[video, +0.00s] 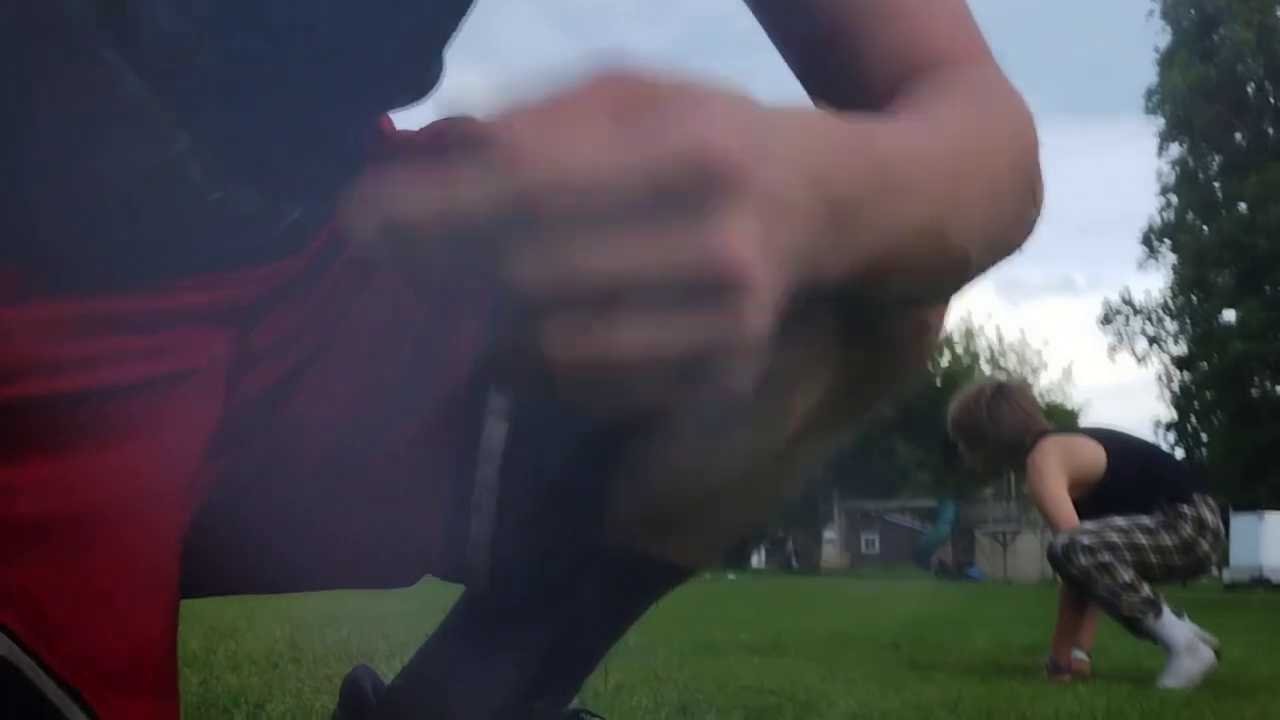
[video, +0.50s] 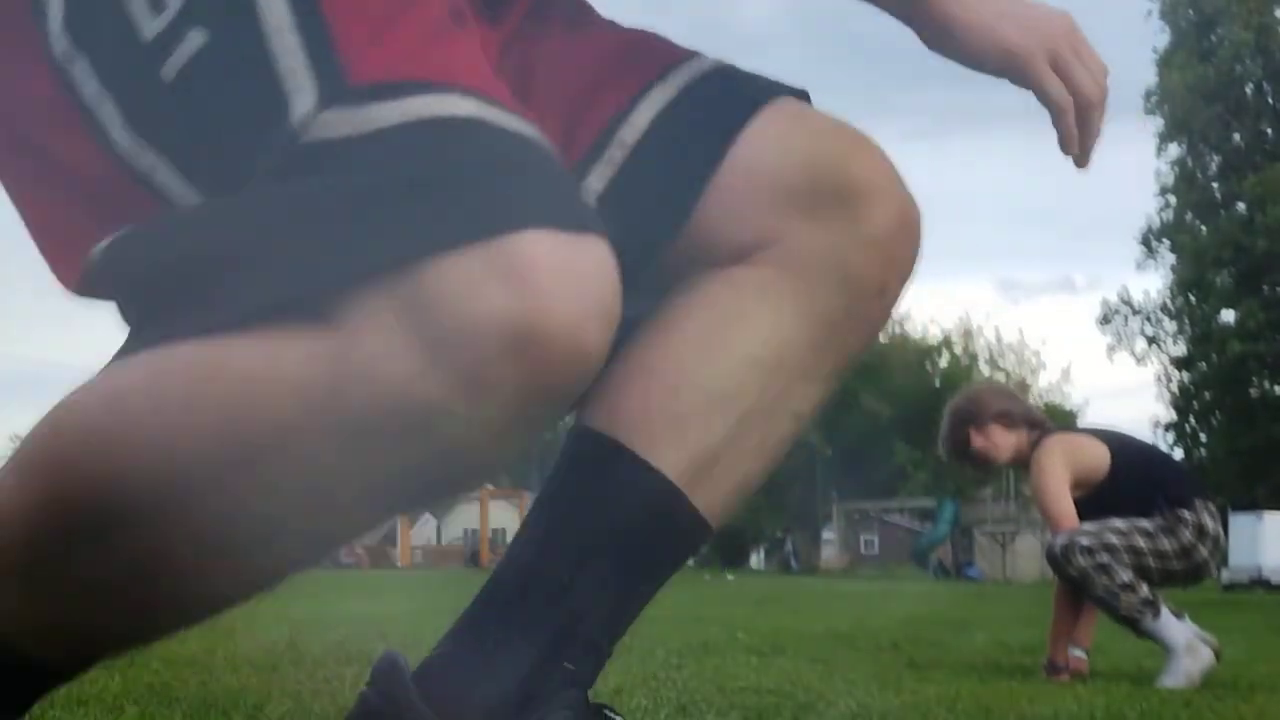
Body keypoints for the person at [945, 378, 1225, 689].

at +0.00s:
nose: (966, 458)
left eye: (967, 445)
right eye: (962, 447)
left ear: (989, 436)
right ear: (1018, 417)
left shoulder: (1044, 462)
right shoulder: (1062, 451)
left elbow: (1076, 563)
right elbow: (1090, 561)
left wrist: (1060, 657)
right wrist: (1081, 650)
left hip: (1191, 528)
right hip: (1194, 526)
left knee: (1072, 547)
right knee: (1088, 549)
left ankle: (1187, 647)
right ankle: (1185, 634)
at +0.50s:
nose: (975, 444)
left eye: (979, 428)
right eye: (968, 440)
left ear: (1007, 416)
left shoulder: (1048, 458)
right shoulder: (1058, 452)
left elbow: (1072, 564)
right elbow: (1087, 562)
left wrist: (1057, 653)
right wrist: (1080, 649)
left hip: (1191, 533)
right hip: (1189, 532)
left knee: (1070, 548)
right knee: (1085, 548)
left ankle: (1185, 647)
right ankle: (1184, 633)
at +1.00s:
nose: (980, 454)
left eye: (981, 438)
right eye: (971, 451)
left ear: (1004, 421)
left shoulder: (1051, 459)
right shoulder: (1058, 453)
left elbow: (1074, 567)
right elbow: (1090, 564)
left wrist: (1058, 653)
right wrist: (1080, 648)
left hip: (1193, 530)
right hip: (1192, 528)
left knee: (1071, 545)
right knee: (1088, 546)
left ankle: (1186, 649)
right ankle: (1187, 634)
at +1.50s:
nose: (978, 453)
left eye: (979, 437)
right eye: (969, 450)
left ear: (1003, 420)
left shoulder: (1049, 452)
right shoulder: (1051, 454)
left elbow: (1068, 560)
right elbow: (1082, 560)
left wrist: (1059, 650)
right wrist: (1078, 648)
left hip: (1188, 529)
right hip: (1180, 529)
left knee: (1067, 548)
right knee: (1081, 551)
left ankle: (1184, 645)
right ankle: (1183, 633)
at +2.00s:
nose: (996, 446)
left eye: (998, 431)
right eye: (985, 442)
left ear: (1021, 417)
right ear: (982, 449)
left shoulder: (1067, 450)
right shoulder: (1069, 448)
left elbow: (1080, 562)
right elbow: (1093, 560)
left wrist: (1061, 649)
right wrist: (1077, 647)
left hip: (1200, 536)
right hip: (1194, 536)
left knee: (1078, 544)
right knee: (1092, 548)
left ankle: (1187, 649)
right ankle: (1189, 636)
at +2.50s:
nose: (1038, 374)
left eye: (1043, 359)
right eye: (1030, 370)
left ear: (1069, 349)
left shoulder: (1126, 395)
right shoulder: (1091, 412)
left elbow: (1110, 514)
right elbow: (1085, 513)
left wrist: (1070, 616)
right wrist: (1060, 600)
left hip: (1247, 462)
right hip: (1211, 469)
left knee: (1139, 518)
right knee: (1111, 537)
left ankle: (1192, 657)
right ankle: (1199, 640)